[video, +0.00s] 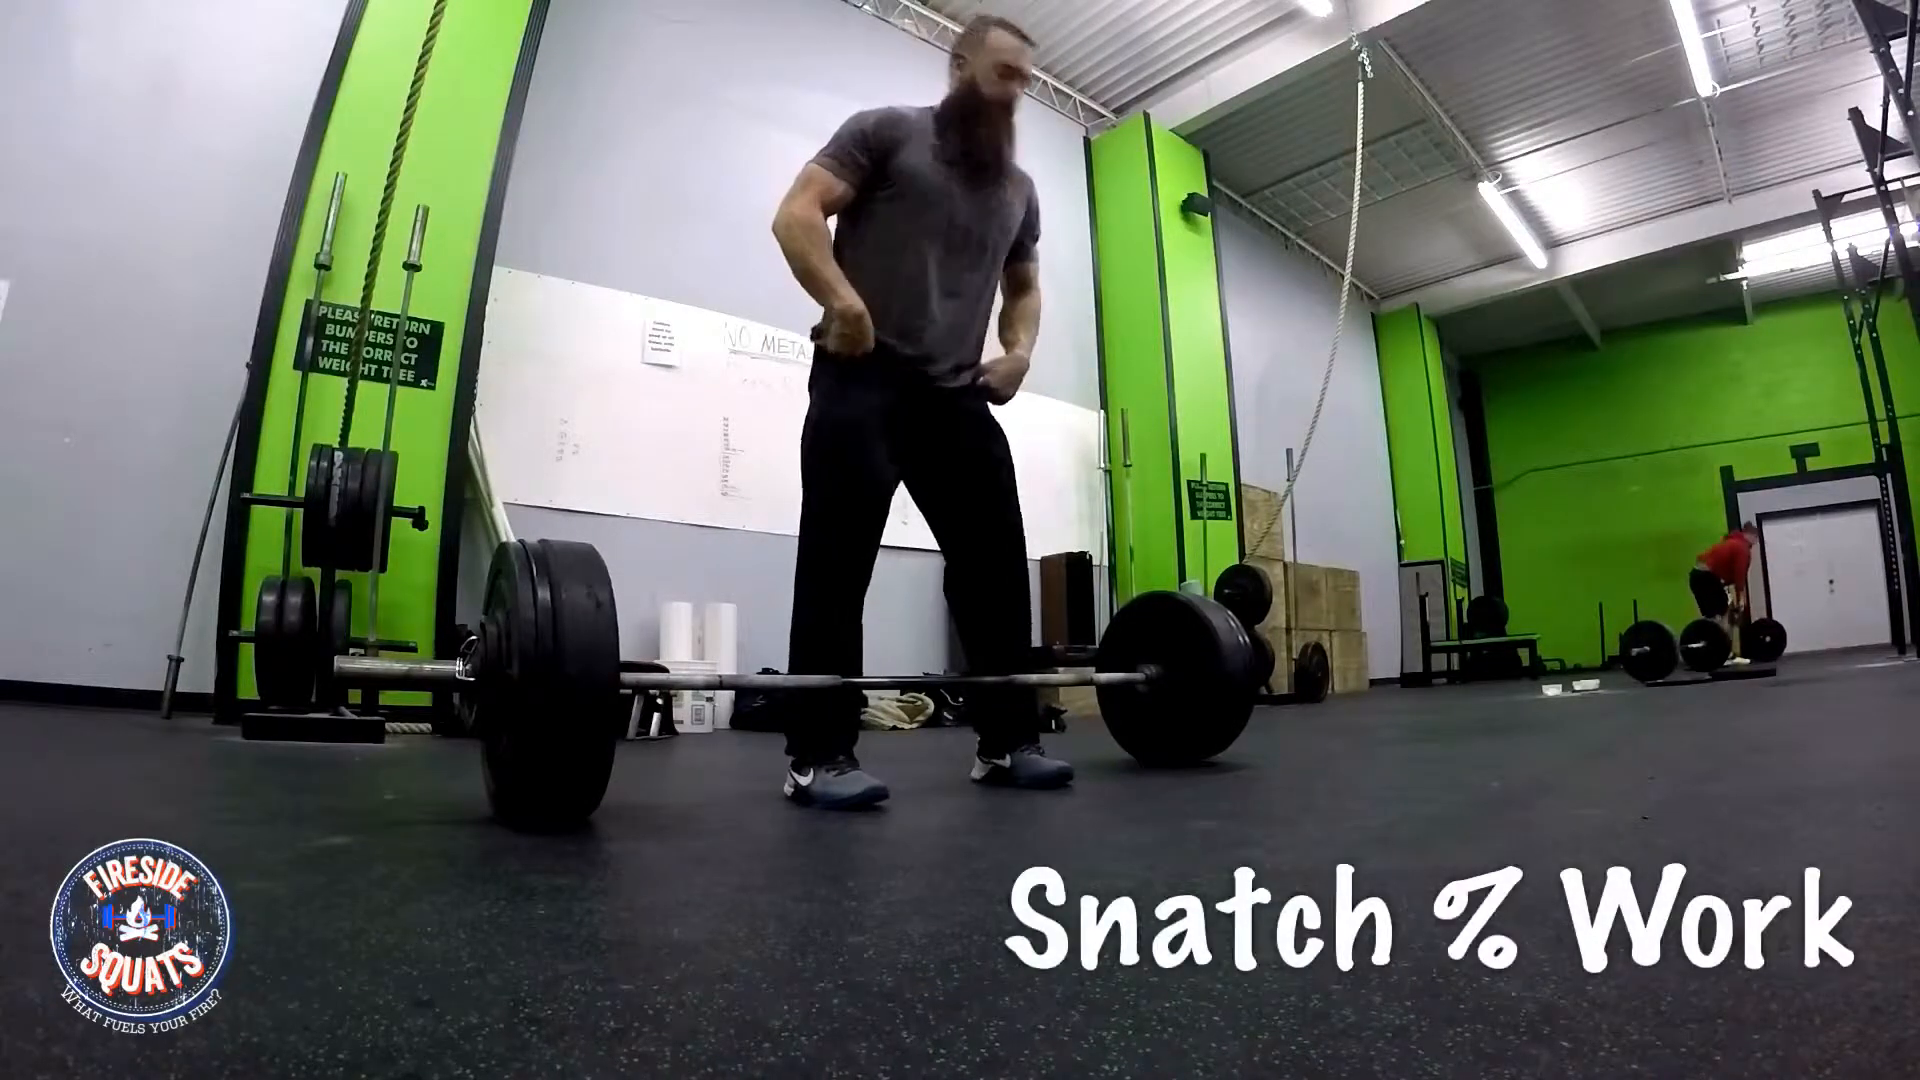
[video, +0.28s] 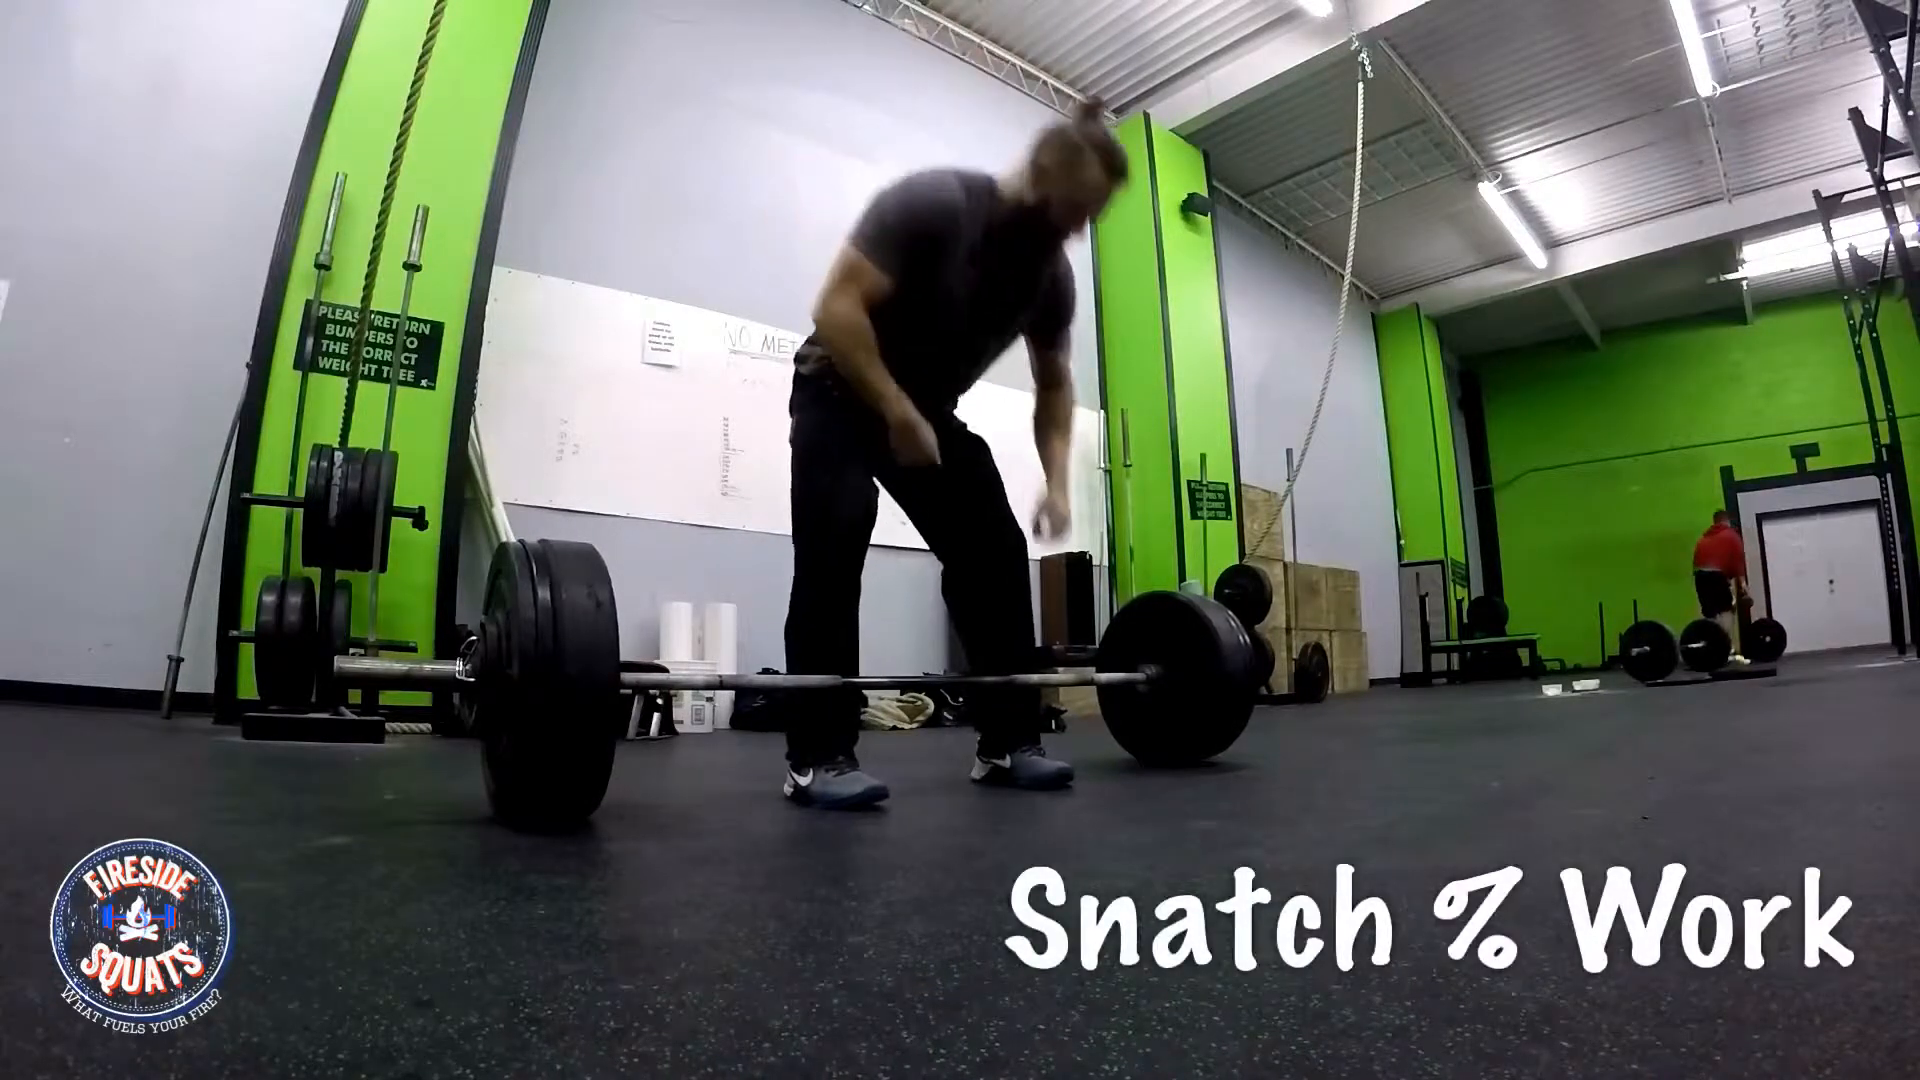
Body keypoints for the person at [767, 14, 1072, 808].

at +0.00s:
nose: (1015, 89)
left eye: (1024, 79)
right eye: (1004, 72)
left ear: (1028, 89)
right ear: (961, 67)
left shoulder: (1018, 193)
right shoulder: (884, 133)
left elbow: (1022, 288)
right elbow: (795, 216)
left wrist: (1017, 353)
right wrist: (839, 297)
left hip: (953, 395)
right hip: (859, 381)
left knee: (994, 556)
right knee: (836, 565)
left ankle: (1006, 744)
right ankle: (820, 758)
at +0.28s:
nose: (1078, 225)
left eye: (1089, 213)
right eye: (1075, 206)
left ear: (1092, 203)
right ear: (1040, 172)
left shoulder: (1050, 278)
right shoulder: (933, 202)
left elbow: (1054, 385)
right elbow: (835, 309)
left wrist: (1057, 482)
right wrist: (898, 409)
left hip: (928, 410)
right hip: (843, 388)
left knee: (993, 553)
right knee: (832, 558)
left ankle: (1006, 745)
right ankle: (818, 759)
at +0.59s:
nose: (1112, 389)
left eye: (1121, 382)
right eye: (1113, 374)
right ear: (1086, 328)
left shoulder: (1085, 383)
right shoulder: (975, 299)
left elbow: (1095, 489)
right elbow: (859, 398)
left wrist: (1104, 606)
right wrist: (911, 511)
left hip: (943, 430)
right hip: (851, 402)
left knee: (1006, 554)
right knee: (838, 561)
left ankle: (1008, 744)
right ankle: (819, 759)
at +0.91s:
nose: (1127, 455)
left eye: (1137, 451)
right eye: (1129, 444)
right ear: (1104, 402)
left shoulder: (1104, 426)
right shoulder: (1001, 342)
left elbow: (1120, 531)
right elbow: (869, 411)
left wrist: (1117, 648)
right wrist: (925, 525)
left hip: (959, 442)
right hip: (862, 407)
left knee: (1018, 559)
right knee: (847, 554)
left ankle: (1009, 743)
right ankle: (818, 758)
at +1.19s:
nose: (1140, 478)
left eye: (1150, 471)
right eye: (1141, 466)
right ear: (1114, 429)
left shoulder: (1117, 440)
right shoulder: (1016, 357)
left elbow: (1141, 548)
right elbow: (876, 415)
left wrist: (1119, 653)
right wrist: (933, 526)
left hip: (966, 443)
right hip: (868, 406)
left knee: (1022, 561)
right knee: (853, 554)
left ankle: (1009, 746)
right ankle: (818, 760)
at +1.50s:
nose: (1146, 475)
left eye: (1156, 469)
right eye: (1147, 463)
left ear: (1124, 422)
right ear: (1121, 424)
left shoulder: (1122, 442)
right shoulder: (1022, 354)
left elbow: (1139, 551)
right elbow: (880, 415)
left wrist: (1117, 652)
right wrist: (934, 527)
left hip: (969, 441)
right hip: (872, 404)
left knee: (1026, 557)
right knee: (859, 545)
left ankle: (1008, 746)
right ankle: (818, 759)